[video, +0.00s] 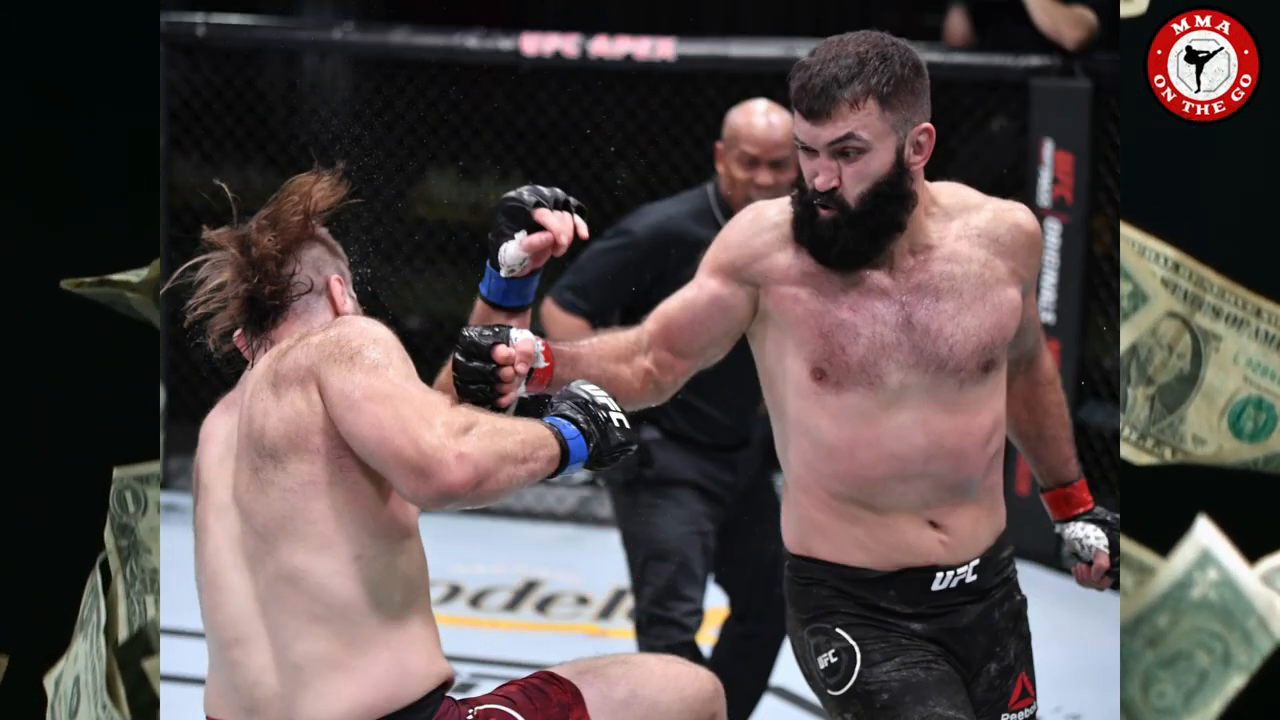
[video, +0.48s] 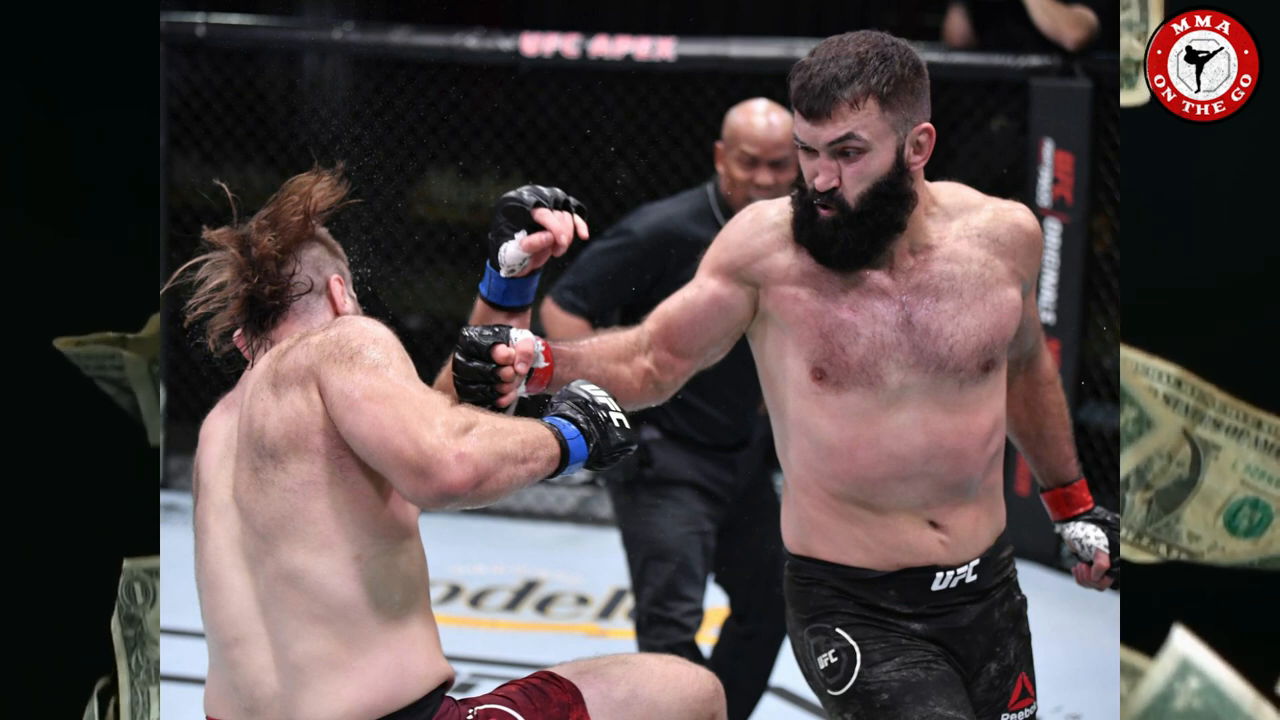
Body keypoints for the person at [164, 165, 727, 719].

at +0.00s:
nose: (363, 308)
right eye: (356, 290)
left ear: (243, 346)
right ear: (340, 290)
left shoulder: (217, 428)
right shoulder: (344, 346)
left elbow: (444, 429)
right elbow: (446, 466)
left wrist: (508, 283)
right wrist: (576, 430)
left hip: (238, 713)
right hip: (396, 708)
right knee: (691, 687)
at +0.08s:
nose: (365, 311)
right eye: (357, 293)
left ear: (243, 344)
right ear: (341, 291)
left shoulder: (218, 425)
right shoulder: (343, 347)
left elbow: (444, 430)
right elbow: (447, 466)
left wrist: (509, 283)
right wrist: (576, 430)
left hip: (242, 711)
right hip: (397, 708)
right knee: (691, 687)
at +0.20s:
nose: (363, 308)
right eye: (355, 290)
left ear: (243, 345)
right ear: (340, 291)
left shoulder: (216, 428)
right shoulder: (343, 347)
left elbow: (446, 427)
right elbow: (447, 467)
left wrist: (508, 283)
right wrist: (577, 430)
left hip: (238, 713)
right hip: (396, 709)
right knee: (691, 687)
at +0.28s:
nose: (363, 308)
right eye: (356, 289)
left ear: (243, 345)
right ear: (340, 291)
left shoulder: (217, 428)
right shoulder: (343, 347)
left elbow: (449, 426)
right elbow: (448, 466)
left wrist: (508, 283)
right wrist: (577, 430)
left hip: (238, 712)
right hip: (396, 708)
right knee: (691, 687)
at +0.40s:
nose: (364, 309)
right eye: (357, 292)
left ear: (242, 343)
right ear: (339, 292)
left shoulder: (217, 426)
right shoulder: (343, 346)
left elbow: (445, 427)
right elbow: (447, 467)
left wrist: (508, 283)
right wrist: (576, 430)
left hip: (238, 713)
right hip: (395, 709)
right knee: (691, 687)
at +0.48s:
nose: (364, 308)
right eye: (356, 292)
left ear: (242, 343)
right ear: (340, 292)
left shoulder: (216, 427)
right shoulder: (344, 346)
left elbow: (443, 428)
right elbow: (447, 467)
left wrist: (508, 283)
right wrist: (575, 431)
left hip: (239, 714)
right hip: (396, 710)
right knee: (692, 688)